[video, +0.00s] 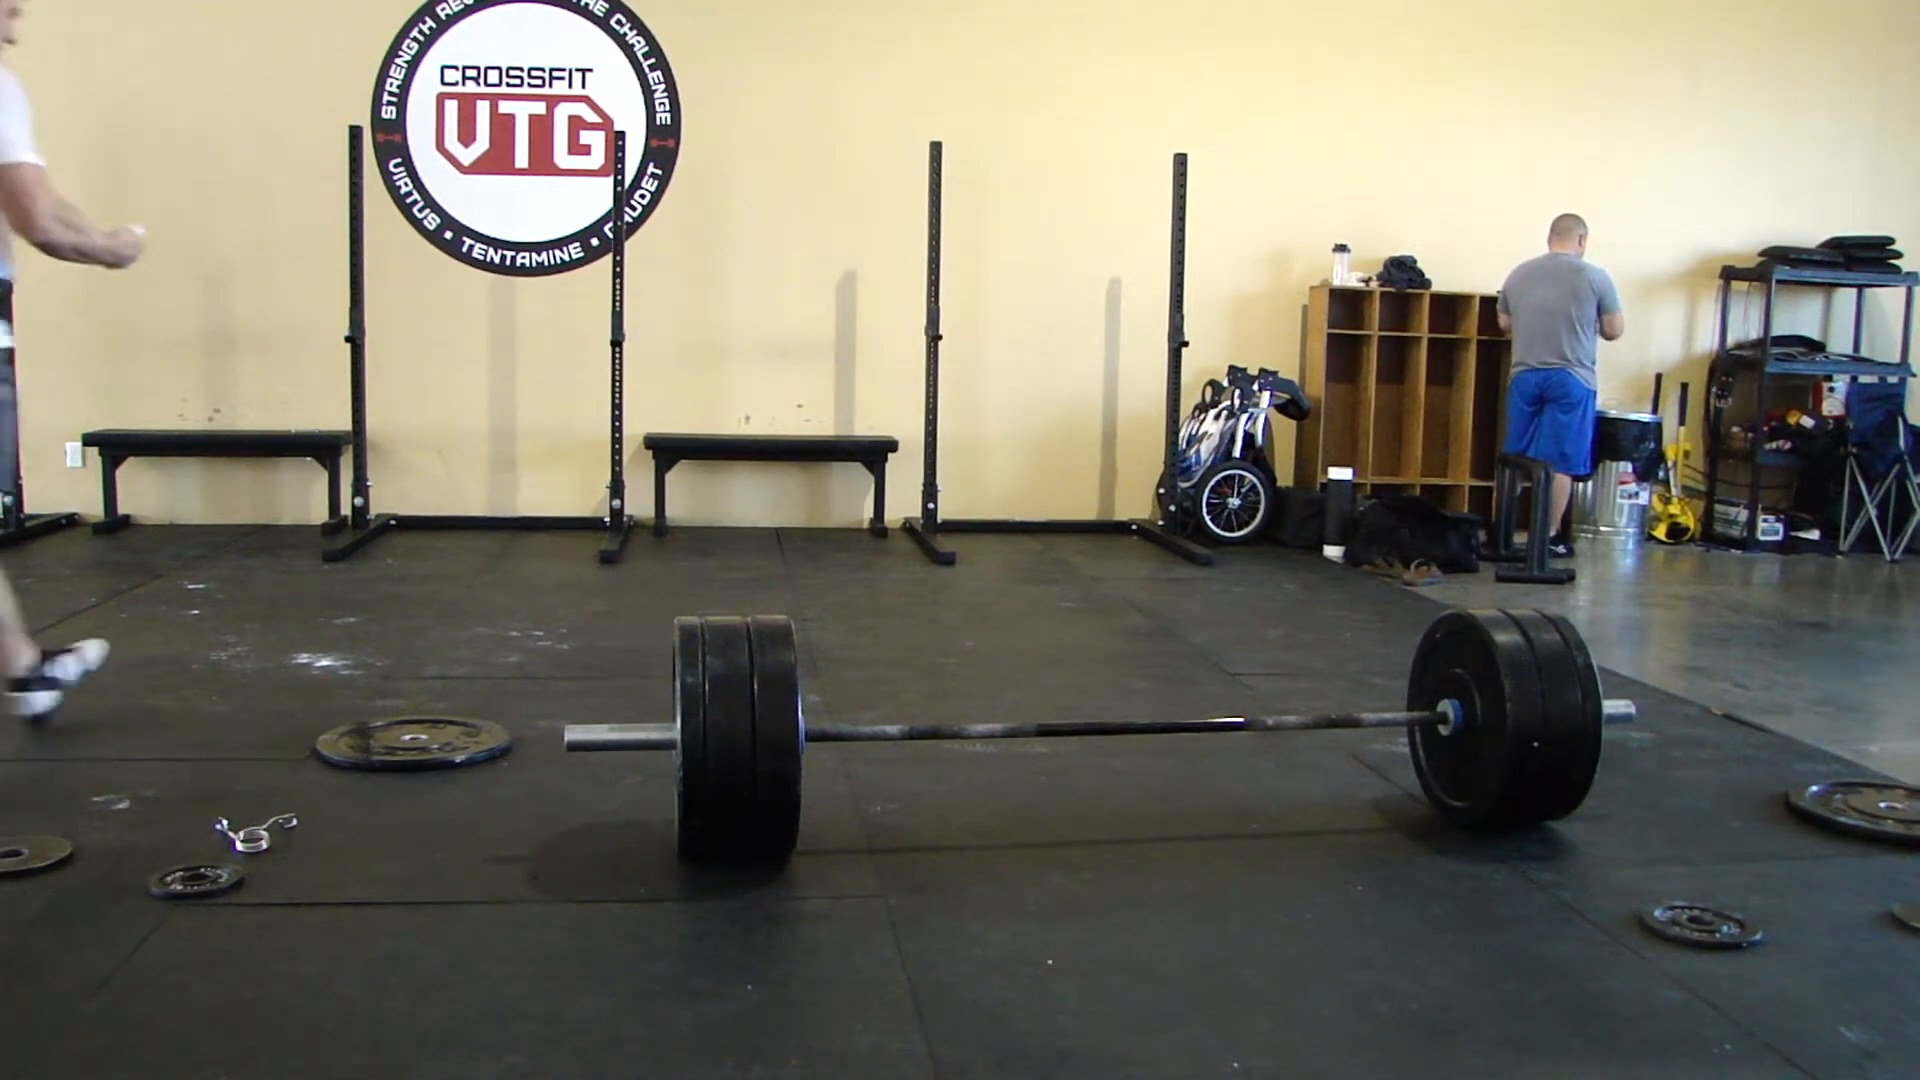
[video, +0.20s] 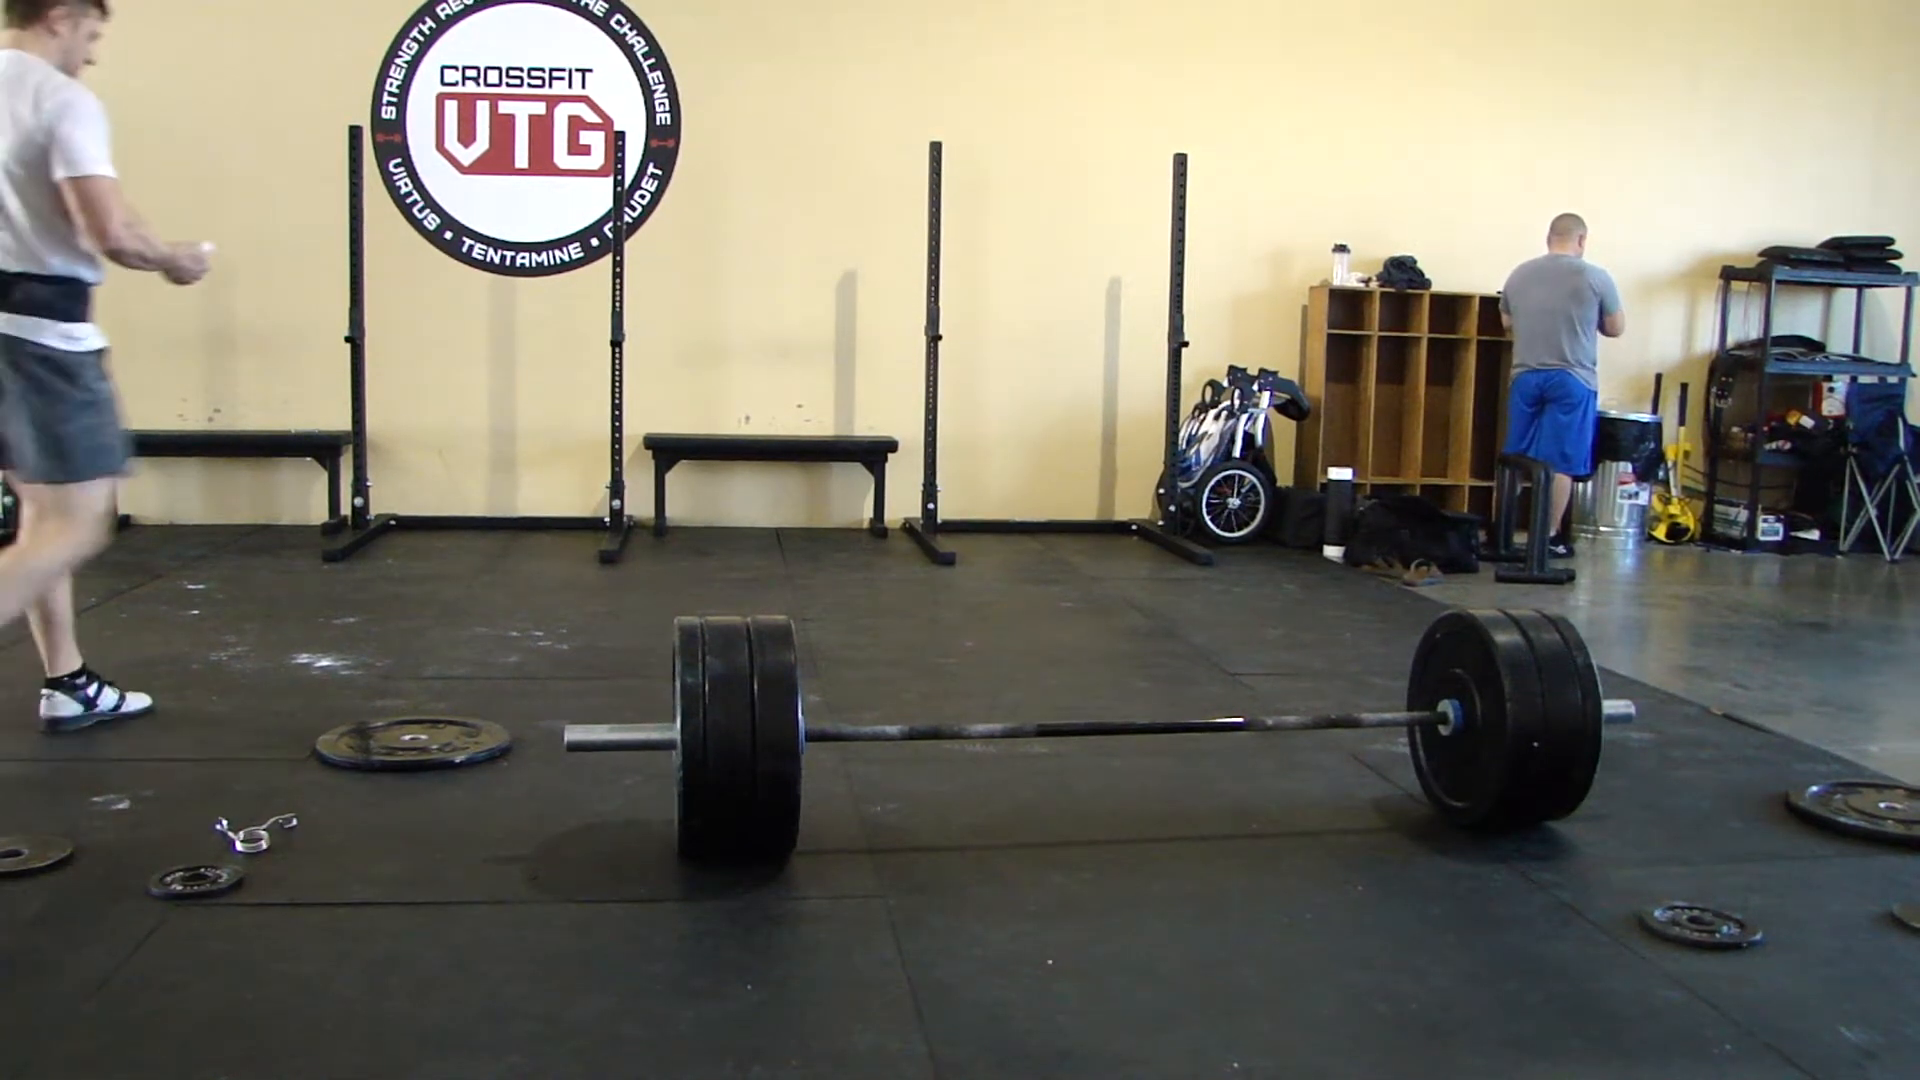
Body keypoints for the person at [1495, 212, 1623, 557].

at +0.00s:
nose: (1584, 247)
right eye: (1585, 242)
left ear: (1548, 240)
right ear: (1582, 240)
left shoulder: (1519, 273)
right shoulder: (1595, 276)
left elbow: (1504, 322)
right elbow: (1613, 330)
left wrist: (1537, 318)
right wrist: (1585, 316)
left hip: (1524, 376)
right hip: (1572, 378)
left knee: (1513, 459)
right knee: (1560, 464)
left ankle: (1501, 536)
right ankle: (1549, 537)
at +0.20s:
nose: (1582, 247)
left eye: (1579, 242)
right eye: (1584, 242)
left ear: (1548, 239)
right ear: (1581, 241)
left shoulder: (1519, 274)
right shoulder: (1595, 277)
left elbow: (1508, 322)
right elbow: (1614, 328)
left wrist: (1540, 315)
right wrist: (1581, 313)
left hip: (1525, 377)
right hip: (1572, 378)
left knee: (1513, 459)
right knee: (1561, 465)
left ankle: (1501, 536)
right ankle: (1548, 538)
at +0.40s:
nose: (1580, 246)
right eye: (1582, 241)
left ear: (1547, 239)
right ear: (1581, 240)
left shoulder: (1519, 274)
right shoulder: (1596, 276)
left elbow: (1508, 322)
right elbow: (1618, 325)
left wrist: (1541, 314)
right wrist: (1584, 308)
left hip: (1526, 377)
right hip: (1573, 378)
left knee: (1513, 459)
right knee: (1561, 465)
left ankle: (1500, 536)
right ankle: (1549, 538)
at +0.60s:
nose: (1579, 245)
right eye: (1581, 240)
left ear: (1546, 239)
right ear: (1580, 241)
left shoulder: (1520, 275)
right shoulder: (1596, 277)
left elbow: (1509, 323)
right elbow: (1620, 323)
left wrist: (1542, 317)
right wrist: (1585, 308)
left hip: (1526, 377)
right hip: (1574, 379)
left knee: (1514, 459)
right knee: (1562, 465)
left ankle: (1502, 536)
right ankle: (1548, 539)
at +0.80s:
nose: (1577, 245)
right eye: (1579, 240)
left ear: (1545, 238)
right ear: (1580, 240)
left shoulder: (1520, 275)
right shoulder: (1596, 277)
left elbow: (1509, 324)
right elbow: (1620, 324)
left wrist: (1542, 316)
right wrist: (1583, 311)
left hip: (1527, 377)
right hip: (1575, 379)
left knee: (1514, 460)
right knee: (1562, 465)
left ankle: (1501, 536)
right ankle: (1548, 539)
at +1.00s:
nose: (1564, 245)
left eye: (1549, 238)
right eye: (1577, 240)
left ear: (1545, 239)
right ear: (1580, 241)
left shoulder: (1520, 275)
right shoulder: (1598, 276)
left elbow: (1509, 324)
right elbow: (1619, 326)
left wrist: (1543, 315)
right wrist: (1582, 313)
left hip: (1527, 378)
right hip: (1575, 379)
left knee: (1516, 460)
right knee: (1562, 466)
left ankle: (1502, 536)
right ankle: (1546, 540)